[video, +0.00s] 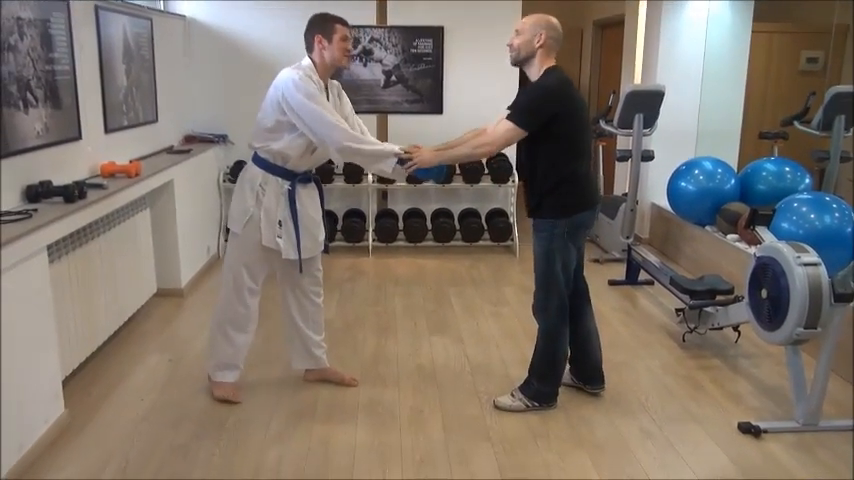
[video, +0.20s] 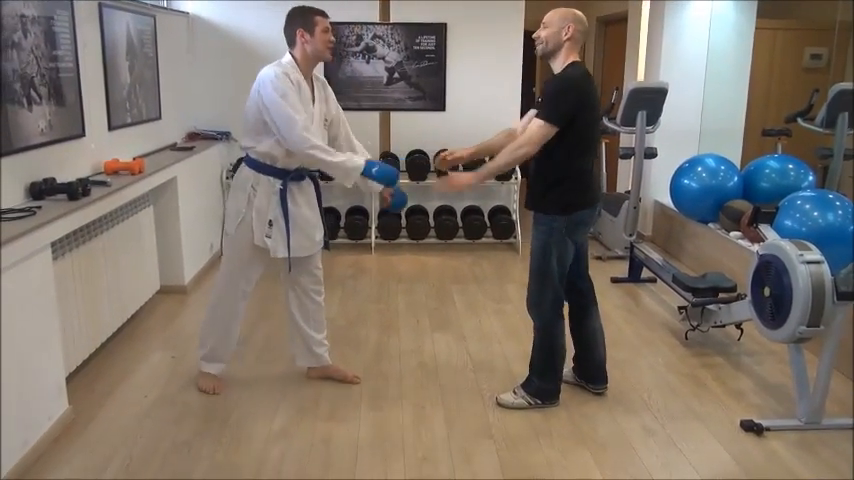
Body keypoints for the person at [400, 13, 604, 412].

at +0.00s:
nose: (510, 42)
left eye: (517, 35)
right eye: (512, 34)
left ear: (539, 42)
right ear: (539, 42)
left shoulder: (548, 90)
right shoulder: (537, 86)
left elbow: (491, 146)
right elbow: (488, 133)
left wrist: (437, 158)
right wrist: (436, 150)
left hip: (562, 211)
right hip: (566, 207)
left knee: (550, 304)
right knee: (572, 292)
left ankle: (540, 392)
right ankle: (589, 375)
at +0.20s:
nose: (536, 35)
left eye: (544, 28)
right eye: (538, 28)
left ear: (568, 33)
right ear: (567, 34)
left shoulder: (570, 84)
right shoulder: (564, 82)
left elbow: (529, 144)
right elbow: (517, 133)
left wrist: (476, 176)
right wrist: (469, 152)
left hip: (559, 209)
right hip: (572, 205)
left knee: (544, 302)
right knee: (577, 291)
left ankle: (542, 389)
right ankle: (593, 374)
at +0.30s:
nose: (542, 39)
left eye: (550, 32)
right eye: (545, 33)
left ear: (575, 37)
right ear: (574, 39)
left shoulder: (575, 86)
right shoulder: (581, 84)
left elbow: (557, 154)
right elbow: (545, 148)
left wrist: (518, 207)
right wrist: (501, 176)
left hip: (562, 212)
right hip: (580, 209)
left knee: (530, 295)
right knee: (583, 293)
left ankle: (540, 388)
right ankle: (594, 375)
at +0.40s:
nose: (544, 44)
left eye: (552, 36)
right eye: (546, 37)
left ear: (577, 40)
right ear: (575, 43)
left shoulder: (576, 88)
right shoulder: (588, 86)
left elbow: (580, 159)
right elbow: (595, 155)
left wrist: (576, 223)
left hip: (562, 212)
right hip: (580, 210)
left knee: (519, 287)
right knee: (591, 297)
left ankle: (536, 383)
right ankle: (596, 378)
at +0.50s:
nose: (544, 45)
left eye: (551, 38)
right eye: (545, 38)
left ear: (576, 41)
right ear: (574, 43)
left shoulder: (577, 85)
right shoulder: (578, 85)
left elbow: (600, 147)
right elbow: (594, 147)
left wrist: (609, 205)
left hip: (563, 213)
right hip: (580, 213)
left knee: (521, 291)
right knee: (590, 297)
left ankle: (526, 390)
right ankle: (596, 381)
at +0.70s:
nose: (537, 53)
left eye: (544, 46)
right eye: (539, 46)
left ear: (567, 51)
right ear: (571, 54)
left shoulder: (560, 88)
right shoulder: (593, 93)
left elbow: (583, 133)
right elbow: (624, 146)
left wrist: (588, 196)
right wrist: (613, 164)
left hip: (558, 221)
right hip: (585, 221)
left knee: (538, 312)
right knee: (589, 303)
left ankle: (517, 400)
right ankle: (598, 385)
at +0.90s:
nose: (527, 57)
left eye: (533, 51)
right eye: (528, 50)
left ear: (557, 54)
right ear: (562, 56)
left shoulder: (543, 94)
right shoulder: (591, 96)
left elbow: (515, 145)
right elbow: (608, 151)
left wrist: (490, 192)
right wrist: (573, 156)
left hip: (552, 224)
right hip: (585, 220)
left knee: (524, 313)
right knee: (583, 305)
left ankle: (516, 405)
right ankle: (596, 389)